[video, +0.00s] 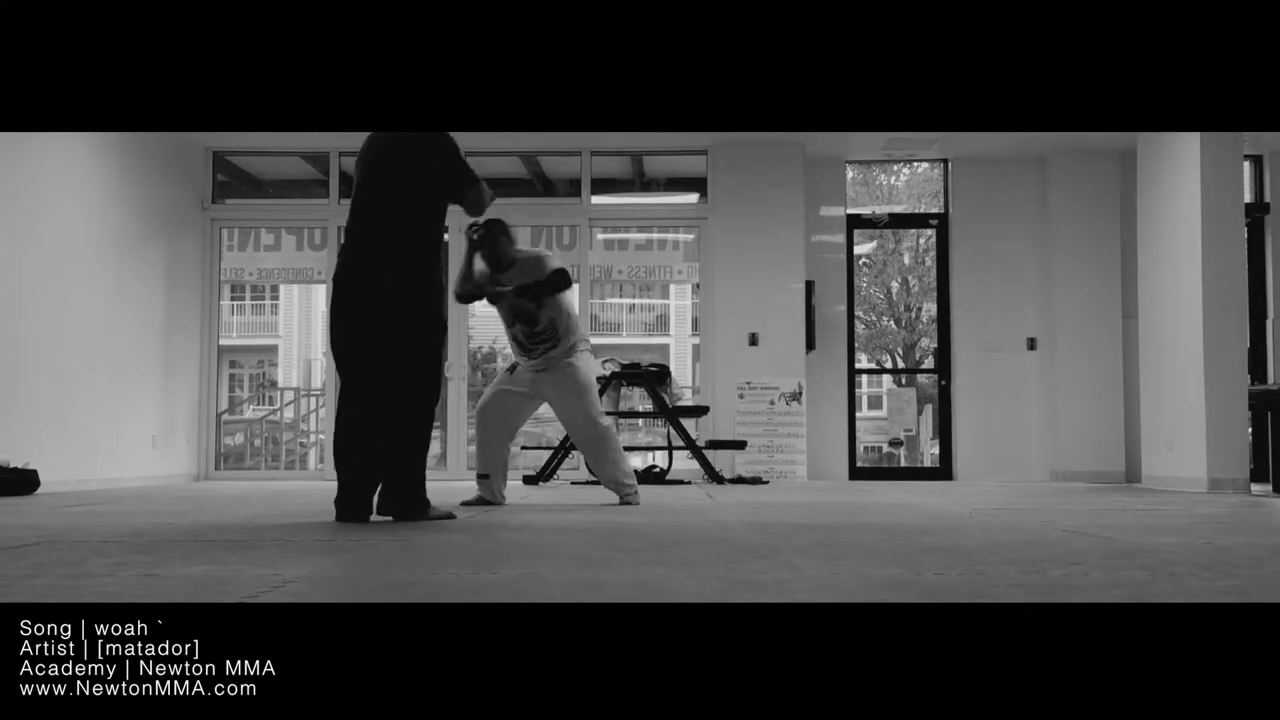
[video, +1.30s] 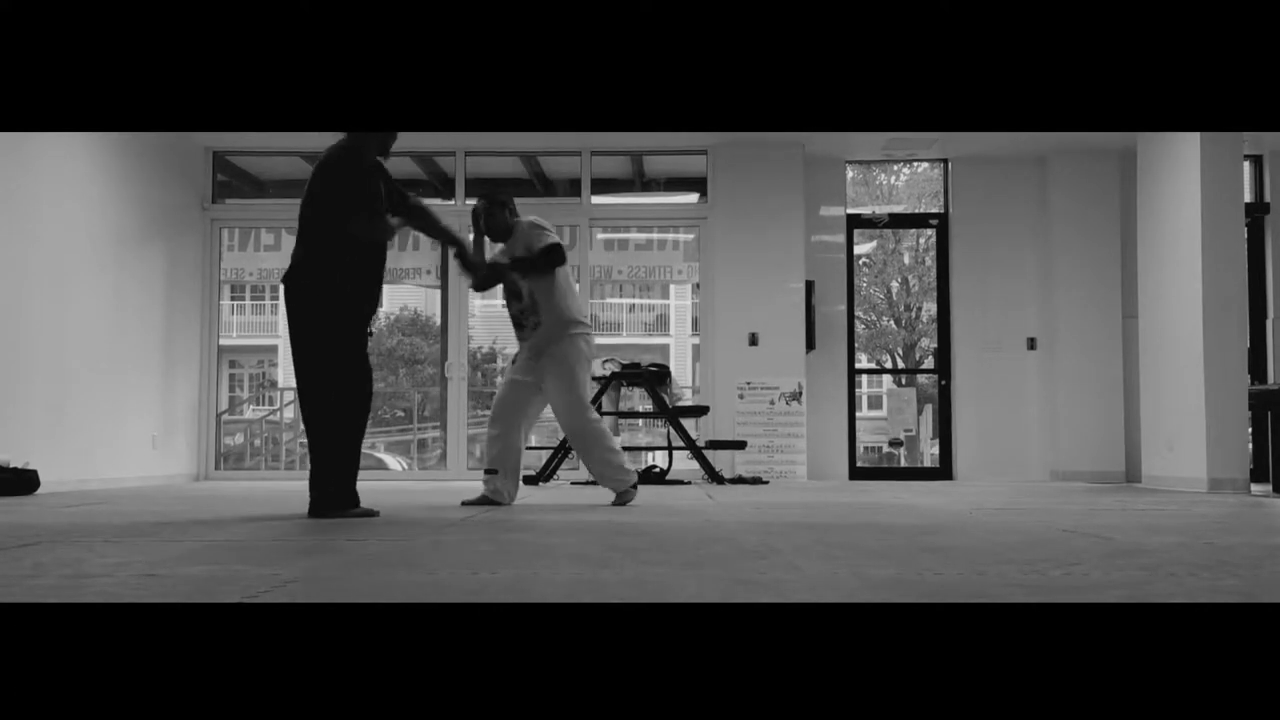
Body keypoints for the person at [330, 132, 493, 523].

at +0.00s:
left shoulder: (372, 143)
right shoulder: (436, 142)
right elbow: (477, 201)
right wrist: (478, 183)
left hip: (357, 283)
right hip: (412, 286)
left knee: (360, 391)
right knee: (414, 393)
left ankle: (352, 503)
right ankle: (406, 500)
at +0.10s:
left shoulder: (375, 144)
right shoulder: (431, 144)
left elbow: (438, 185)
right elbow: (468, 208)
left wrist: (499, 197)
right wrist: (470, 188)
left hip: (360, 287)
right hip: (409, 289)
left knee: (377, 396)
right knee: (416, 394)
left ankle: (350, 498)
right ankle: (406, 501)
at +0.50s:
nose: (432, 137)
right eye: (432, 135)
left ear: (390, 127)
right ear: (426, 132)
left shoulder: (364, 149)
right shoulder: (421, 160)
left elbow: (412, 174)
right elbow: (456, 233)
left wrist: (467, 163)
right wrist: (440, 189)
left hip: (351, 295)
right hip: (402, 300)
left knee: (342, 392)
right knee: (408, 396)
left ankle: (330, 493)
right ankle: (406, 501)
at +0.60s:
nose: (422, 140)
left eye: (421, 137)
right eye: (422, 137)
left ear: (381, 129)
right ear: (415, 135)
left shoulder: (353, 156)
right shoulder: (414, 167)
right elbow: (442, 231)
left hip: (343, 298)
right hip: (391, 303)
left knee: (341, 394)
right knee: (407, 397)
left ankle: (327, 495)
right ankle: (406, 501)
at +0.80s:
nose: (412, 143)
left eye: (411, 139)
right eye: (411, 138)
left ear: (370, 129)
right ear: (404, 136)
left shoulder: (336, 160)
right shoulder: (399, 167)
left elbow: (334, 219)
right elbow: (418, 222)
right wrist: (434, 262)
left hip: (325, 294)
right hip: (370, 299)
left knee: (326, 391)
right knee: (374, 391)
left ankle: (323, 496)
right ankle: (346, 493)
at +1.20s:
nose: (393, 143)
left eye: (392, 138)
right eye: (391, 137)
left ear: (359, 130)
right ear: (379, 134)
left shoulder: (347, 162)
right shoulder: (355, 162)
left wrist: (448, 215)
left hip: (324, 297)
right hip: (332, 299)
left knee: (331, 395)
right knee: (339, 395)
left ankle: (330, 498)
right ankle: (333, 500)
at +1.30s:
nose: (394, 141)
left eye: (395, 136)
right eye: (393, 135)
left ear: (363, 132)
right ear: (379, 133)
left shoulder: (366, 166)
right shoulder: (350, 165)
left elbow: (408, 207)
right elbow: (357, 234)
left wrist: (456, 240)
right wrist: (388, 227)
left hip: (337, 301)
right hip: (324, 301)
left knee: (342, 392)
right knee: (343, 392)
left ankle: (333, 498)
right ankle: (332, 500)